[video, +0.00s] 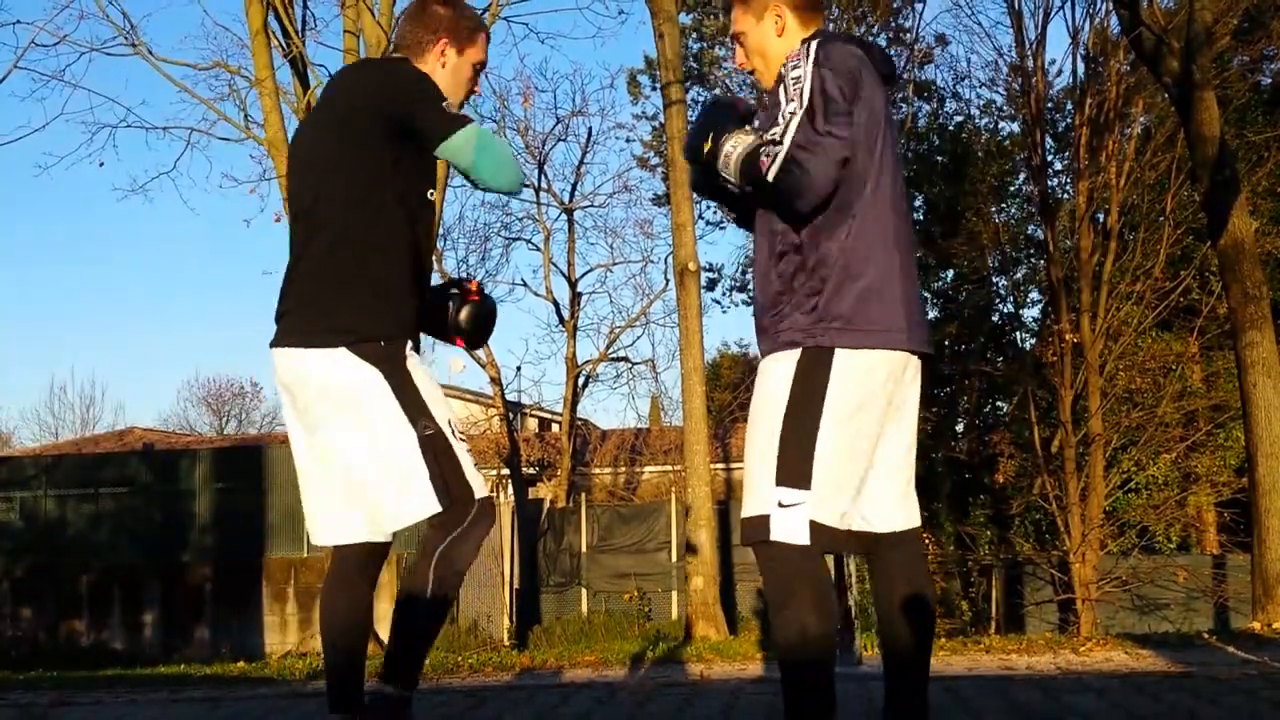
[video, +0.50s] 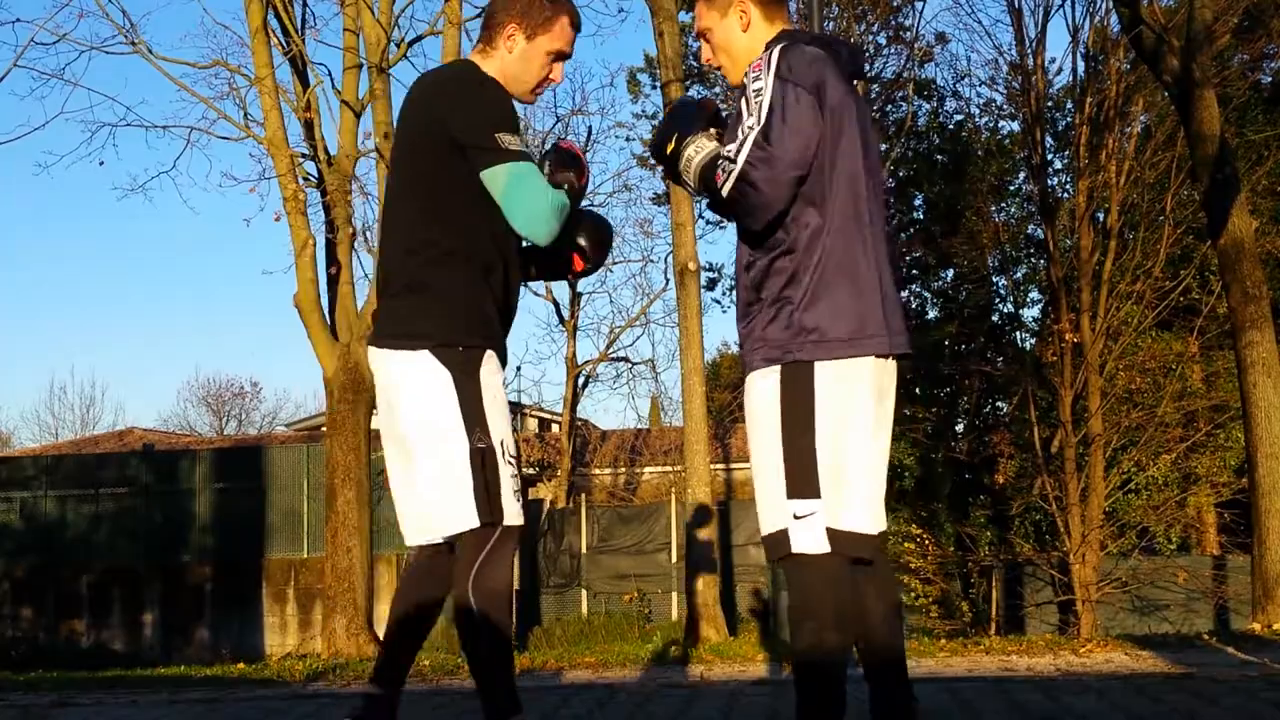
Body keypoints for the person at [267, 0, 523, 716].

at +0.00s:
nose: (472, 88)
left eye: (475, 73)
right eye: (473, 69)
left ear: (422, 44)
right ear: (444, 51)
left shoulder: (336, 106)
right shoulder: (395, 83)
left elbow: (347, 249)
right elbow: (506, 176)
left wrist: (436, 309)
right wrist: (451, 121)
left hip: (306, 345)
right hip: (359, 344)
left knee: (360, 529)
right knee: (467, 513)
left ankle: (345, 707)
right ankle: (396, 696)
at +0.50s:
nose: (558, 76)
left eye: (564, 61)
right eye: (555, 57)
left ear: (509, 35)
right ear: (513, 35)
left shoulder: (449, 98)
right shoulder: (469, 91)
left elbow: (481, 249)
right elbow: (538, 219)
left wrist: (568, 254)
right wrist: (562, 178)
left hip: (414, 342)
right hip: (446, 345)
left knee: (441, 534)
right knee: (493, 528)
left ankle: (378, 705)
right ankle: (503, 713)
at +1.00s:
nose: (624, 67)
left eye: (632, 54)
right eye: (620, 46)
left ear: (588, 33)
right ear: (577, 25)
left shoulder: (588, 129)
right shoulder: (496, 84)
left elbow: (660, 226)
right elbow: (494, 187)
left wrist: (711, 172)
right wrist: (604, 163)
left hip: (575, 349)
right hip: (503, 344)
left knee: (598, 531)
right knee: (531, 529)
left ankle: (610, 711)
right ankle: (515, 713)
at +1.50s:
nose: (630, 78)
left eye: (638, 66)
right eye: (625, 60)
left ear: (604, 46)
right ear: (584, 36)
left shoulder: (605, 144)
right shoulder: (508, 96)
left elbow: (664, 231)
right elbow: (468, 186)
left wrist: (733, 182)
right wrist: (572, 196)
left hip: (598, 354)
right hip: (525, 347)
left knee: (605, 533)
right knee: (530, 522)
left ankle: (610, 713)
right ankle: (440, 701)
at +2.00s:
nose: (572, 60)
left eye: (582, 48)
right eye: (563, 40)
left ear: (584, 50)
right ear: (520, 25)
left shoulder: (556, 137)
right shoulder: (452, 100)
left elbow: (554, 261)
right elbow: (437, 215)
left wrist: (627, 270)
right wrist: (541, 197)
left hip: (565, 358)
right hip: (484, 357)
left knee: (642, 506)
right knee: (463, 537)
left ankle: (652, 702)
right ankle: (408, 715)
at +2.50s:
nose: (700, 54)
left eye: (704, 41)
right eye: (692, 37)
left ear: (666, 38)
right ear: (644, 27)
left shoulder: (681, 136)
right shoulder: (556, 100)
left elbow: (759, 212)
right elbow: (498, 214)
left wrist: (846, 194)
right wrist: (596, 215)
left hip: (663, 353)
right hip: (579, 348)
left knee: (684, 526)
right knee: (565, 519)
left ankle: (698, 708)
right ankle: (486, 699)